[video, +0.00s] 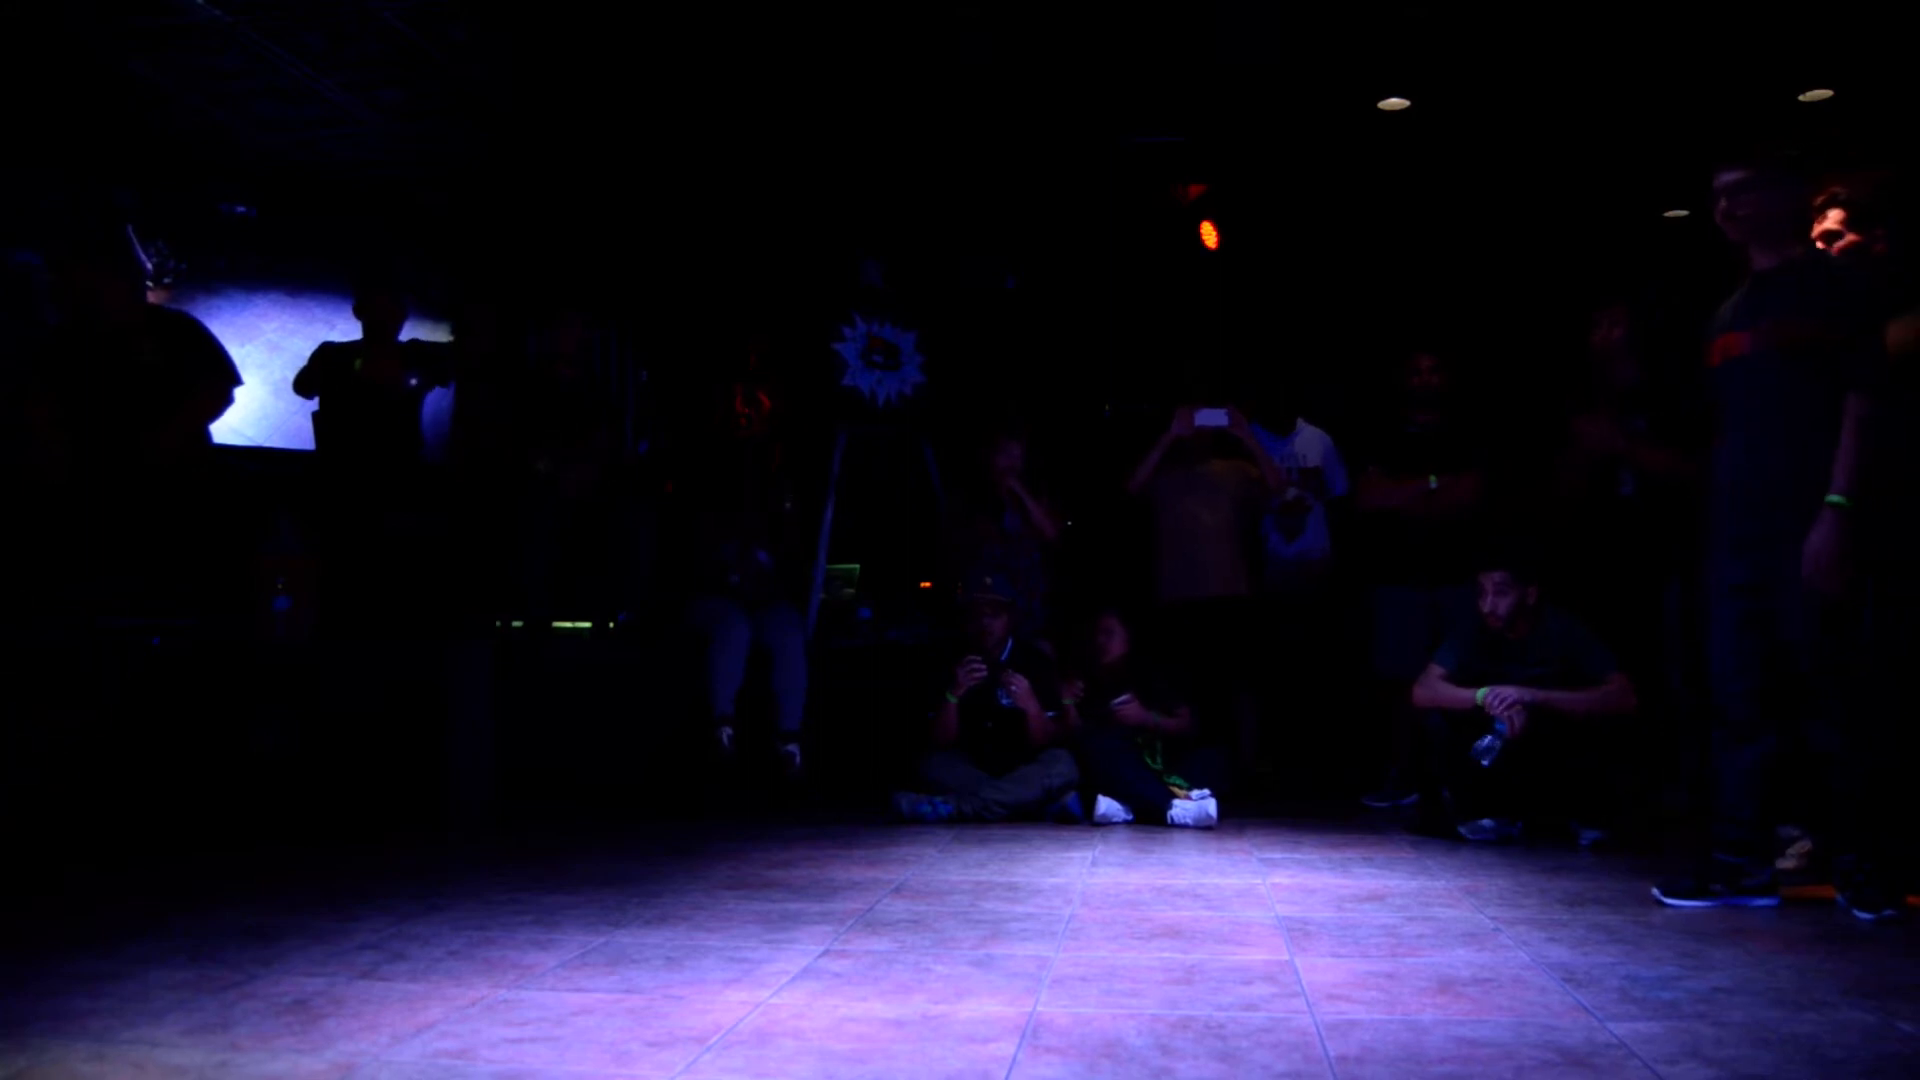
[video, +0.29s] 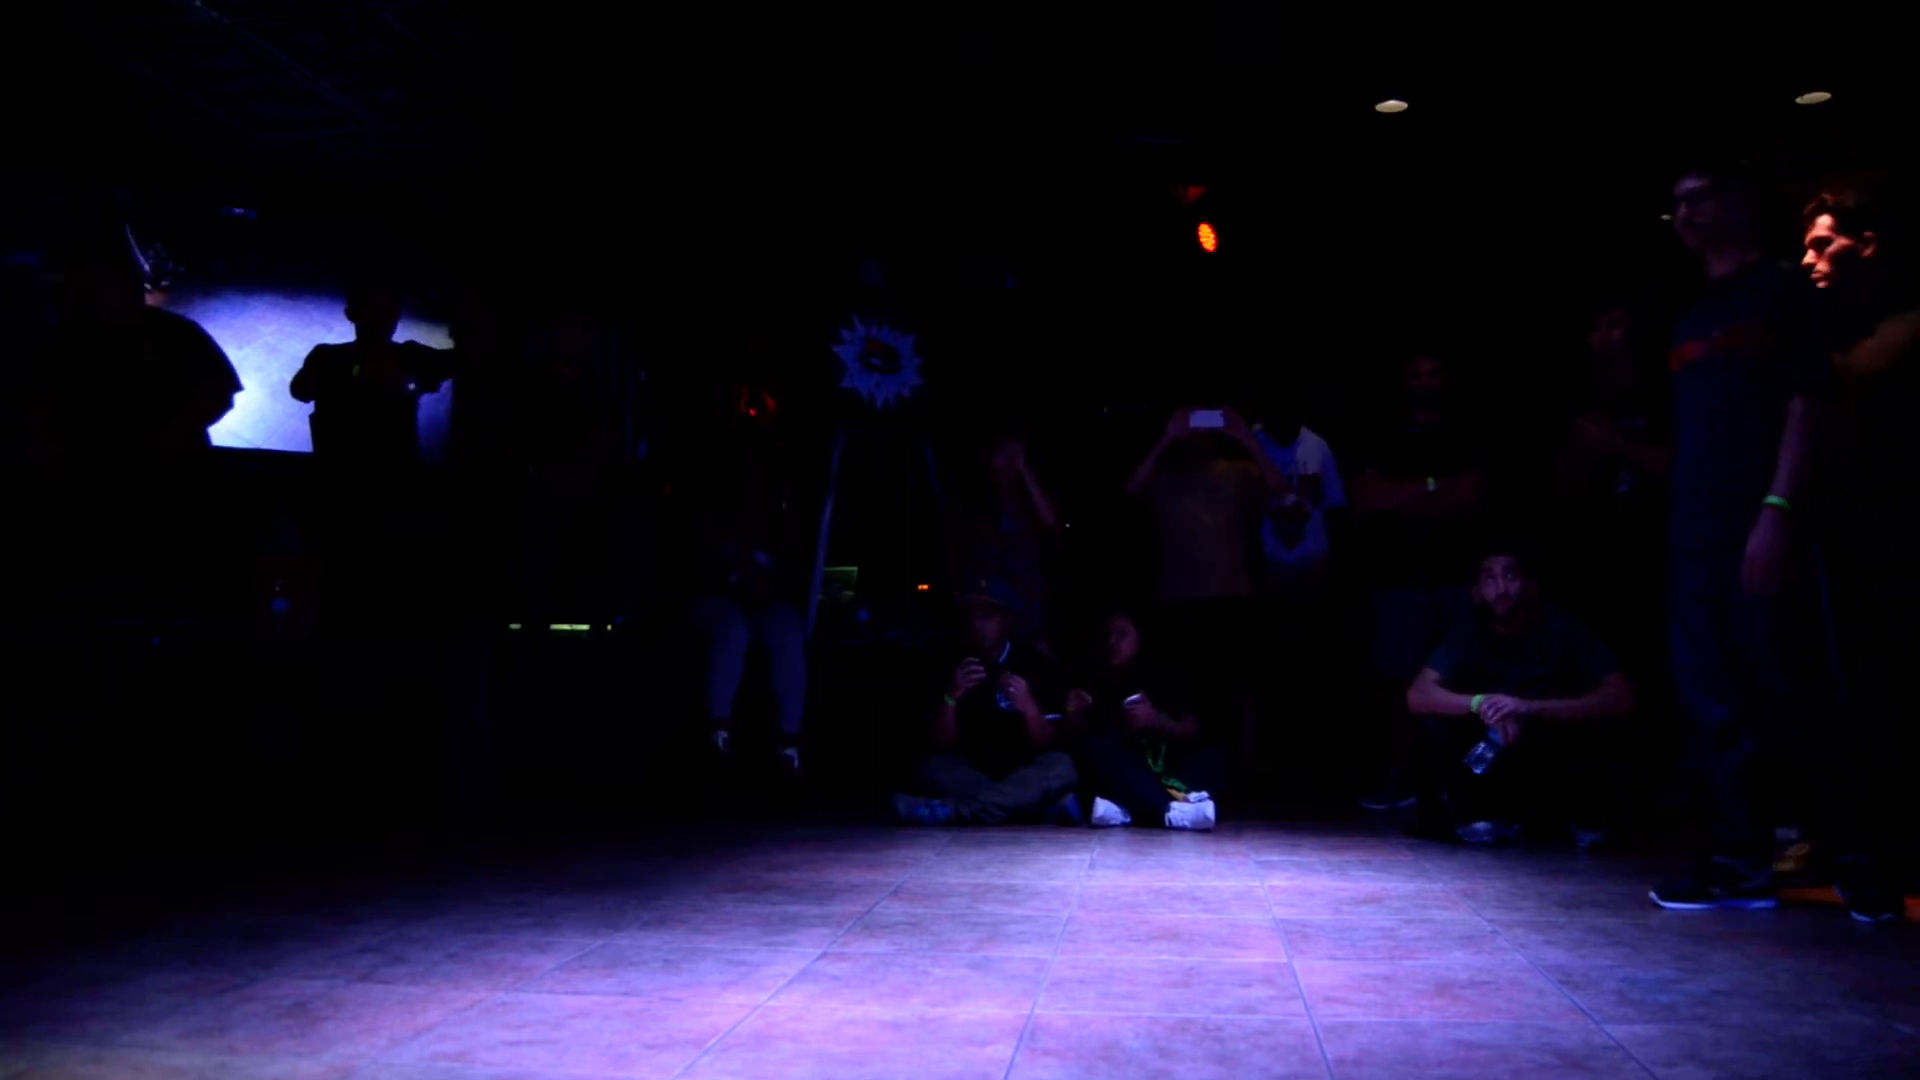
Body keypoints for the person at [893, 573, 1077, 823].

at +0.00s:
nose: (985, 624)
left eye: (994, 616)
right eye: (978, 616)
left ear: (1008, 619)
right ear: (967, 620)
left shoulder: (1030, 660)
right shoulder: (954, 659)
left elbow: (1046, 739)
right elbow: (942, 740)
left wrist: (1029, 704)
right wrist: (954, 694)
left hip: (1020, 755)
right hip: (969, 756)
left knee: (1062, 765)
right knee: (934, 766)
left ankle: (958, 808)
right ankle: (1039, 806)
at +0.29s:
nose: (977, 627)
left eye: (987, 618)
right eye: (971, 618)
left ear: (1004, 621)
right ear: (963, 622)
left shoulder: (1029, 662)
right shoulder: (951, 662)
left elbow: (1046, 740)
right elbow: (941, 742)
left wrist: (1027, 705)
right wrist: (952, 696)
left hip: (1019, 758)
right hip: (968, 759)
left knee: (1060, 768)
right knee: (933, 769)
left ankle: (956, 811)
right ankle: (1037, 809)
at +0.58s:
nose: (981, 628)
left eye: (991, 618)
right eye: (976, 619)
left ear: (1010, 623)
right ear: (968, 626)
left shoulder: (1035, 666)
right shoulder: (955, 667)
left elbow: (1052, 744)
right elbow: (945, 745)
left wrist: (1034, 712)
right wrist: (959, 700)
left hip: (1026, 763)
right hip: (974, 764)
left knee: (1066, 771)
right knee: (940, 773)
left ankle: (962, 814)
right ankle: (1042, 814)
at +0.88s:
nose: (1003, 628)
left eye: (1012, 619)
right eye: (997, 619)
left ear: (1032, 623)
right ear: (989, 626)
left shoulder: (1055, 665)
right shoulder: (977, 666)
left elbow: (1075, 744)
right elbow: (966, 743)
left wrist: (1055, 710)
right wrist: (980, 700)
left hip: (1047, 762)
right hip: (994, 764)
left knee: (1089, 771)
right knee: (959, 771)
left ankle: (985, 814)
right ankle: (1065, 813)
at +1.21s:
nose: (1039, 624)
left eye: (1048, 615)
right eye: (1032, 616)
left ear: (1064, 620)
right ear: (1023, 622)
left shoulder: (1086, 659)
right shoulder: (1010, 661)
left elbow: (1105, 740)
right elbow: (996, 740)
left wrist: (1085, 705)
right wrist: (1011, 696)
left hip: (1078, 756)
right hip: (1026, 757)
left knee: (1120, 766)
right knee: (992, 768)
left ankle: (1015, 810)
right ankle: (1096, 810)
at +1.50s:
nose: (1069, 628)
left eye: (1078, 619)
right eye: (1062, 619)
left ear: (1093, 624)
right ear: (1053, 626)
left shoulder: (1115, 664)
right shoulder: (1038, 664)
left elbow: (1134, 743)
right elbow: (1024, 744)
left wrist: (1114, 709)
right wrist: (1040, 699)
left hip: (1106, 761)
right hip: (1053, 762)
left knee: (1147, 770)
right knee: (1020, 771)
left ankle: (1042, 814)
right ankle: (1124, 813)